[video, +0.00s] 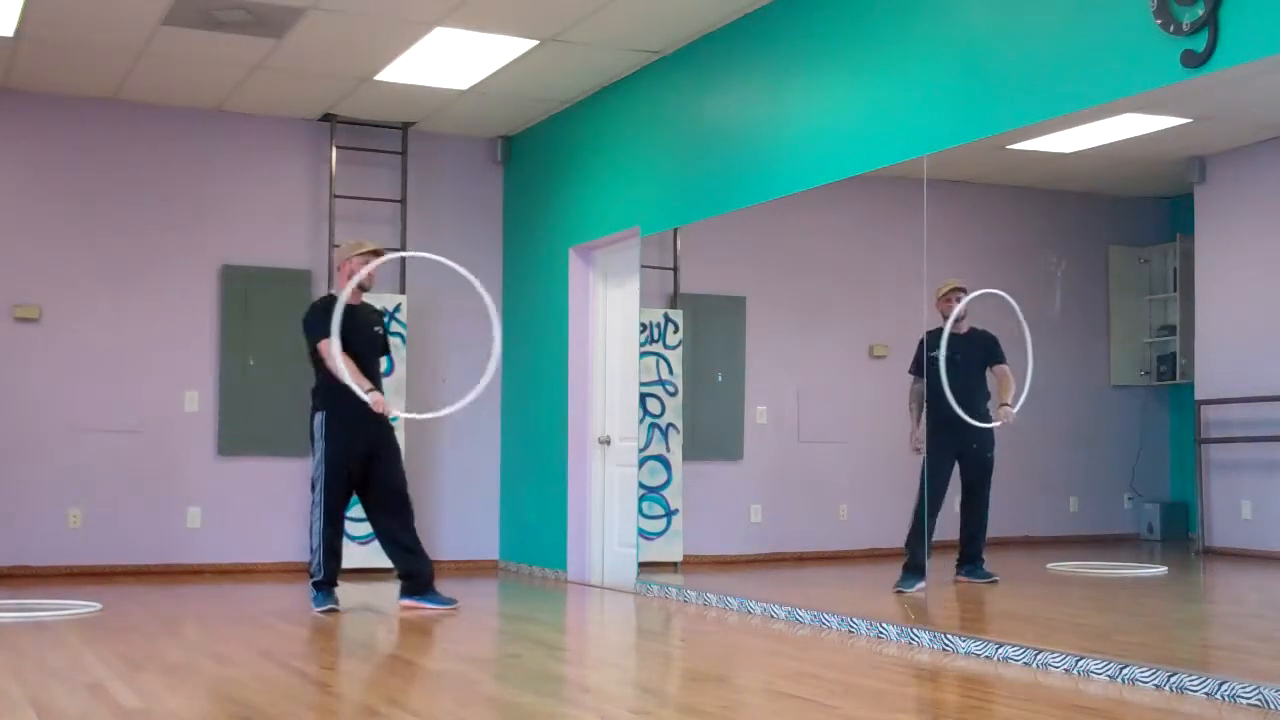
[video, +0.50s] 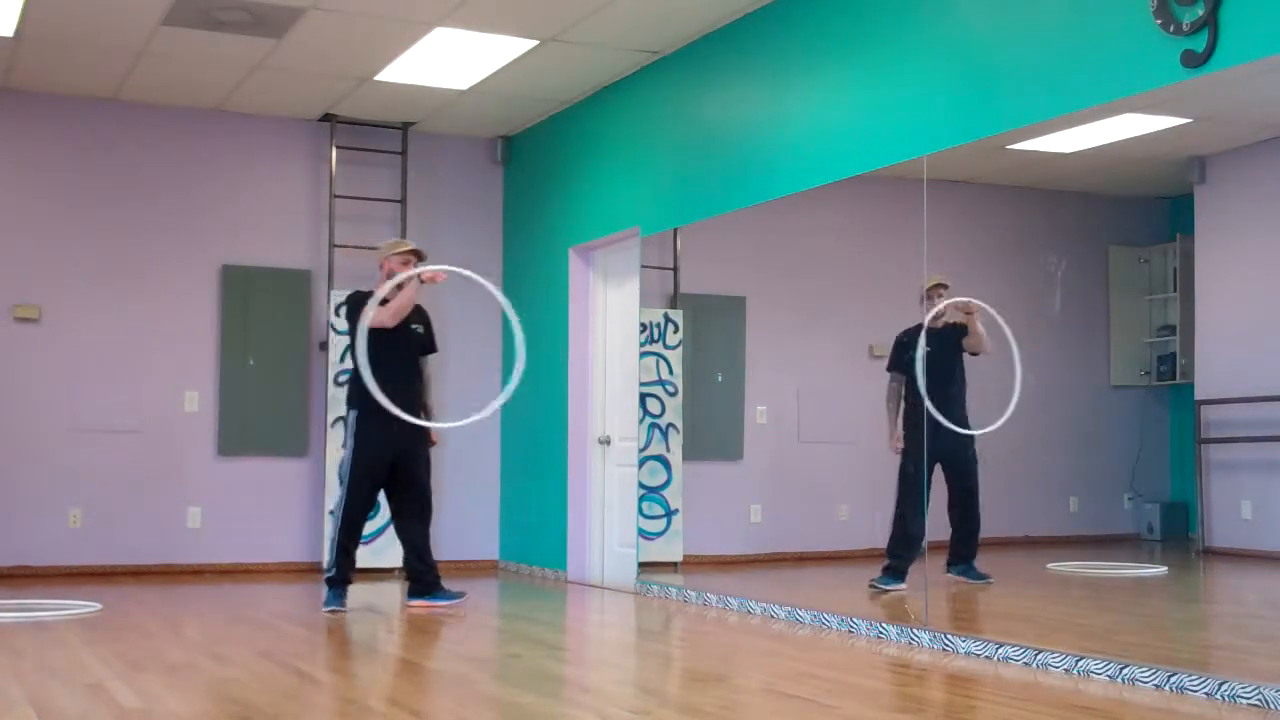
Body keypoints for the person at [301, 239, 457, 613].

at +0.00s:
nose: (369, 274)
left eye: (374, 269)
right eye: (363, 266)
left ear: (376, 274)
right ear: (344, 267)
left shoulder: (373, 316)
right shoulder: (321, 311)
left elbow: (373, 367)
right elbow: (331, 356)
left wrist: (380, 404)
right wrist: (368, 391)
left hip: (372, 415)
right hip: (336, 415)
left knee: (392, 499)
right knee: (329, 502)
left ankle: (417, 586)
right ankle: (323, 587)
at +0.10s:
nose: (380, 271)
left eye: (382, 266)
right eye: (372, 264)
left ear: (381, 272)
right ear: (351, 267)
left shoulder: (380, 316)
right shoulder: (331, 307)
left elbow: (385, 363)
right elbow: (354, 347)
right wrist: (389, 377)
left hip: (377, 417)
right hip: (340, 416)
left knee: (394, 500)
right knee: (331, 502)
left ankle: (418, 586)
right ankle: (322, 586)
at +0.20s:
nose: (385, 270)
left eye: (388, 266)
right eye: (378, 263)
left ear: (387, 272)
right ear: (356, 266)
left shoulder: (386, 317)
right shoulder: (337, 305)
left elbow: (382, 380)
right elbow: (373, 332)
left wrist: (392, 422)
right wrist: (414, 353)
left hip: (379, 417)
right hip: (341, 415)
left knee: (398, 502)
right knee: (330, 501)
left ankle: (424, 586)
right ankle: (318, 586)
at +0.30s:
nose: (391, 272)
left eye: (395, 267)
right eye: (384, 265)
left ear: (395, 274)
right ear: (363, 267)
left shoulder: (391, 320)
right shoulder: (341, 304)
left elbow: (391, 380)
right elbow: (384, 316)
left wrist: (402, 421)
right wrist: (433, 318)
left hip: (385, 419)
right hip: (346, 417)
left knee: (400, 504)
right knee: (332, 503)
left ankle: (426, 586)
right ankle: (319, 586)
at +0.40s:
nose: (400, 272)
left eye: (403, 267)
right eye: (394, 265)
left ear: (402, 272)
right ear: (373, 265)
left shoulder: (402, 315)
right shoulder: (347, 302)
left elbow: (404, 379)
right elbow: (390, 309)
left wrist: (413, 421)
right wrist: (433, 293)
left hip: (396, 417)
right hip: (356, 415)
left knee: (408, 503)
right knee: (343, 502)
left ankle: (423, 585)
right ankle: (323, 585)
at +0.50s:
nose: (409, 270)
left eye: (413, 265)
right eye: (402, 263)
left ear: (418, 269)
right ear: (384, 266)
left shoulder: (418, 314)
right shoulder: (358, 301)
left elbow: (420, 375)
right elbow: (388, 317)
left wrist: (427, 421)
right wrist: (417, 280)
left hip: (409, 418)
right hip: (369, 417)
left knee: (414, 506)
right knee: (355, 504)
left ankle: (423, 585)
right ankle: (337, 586)